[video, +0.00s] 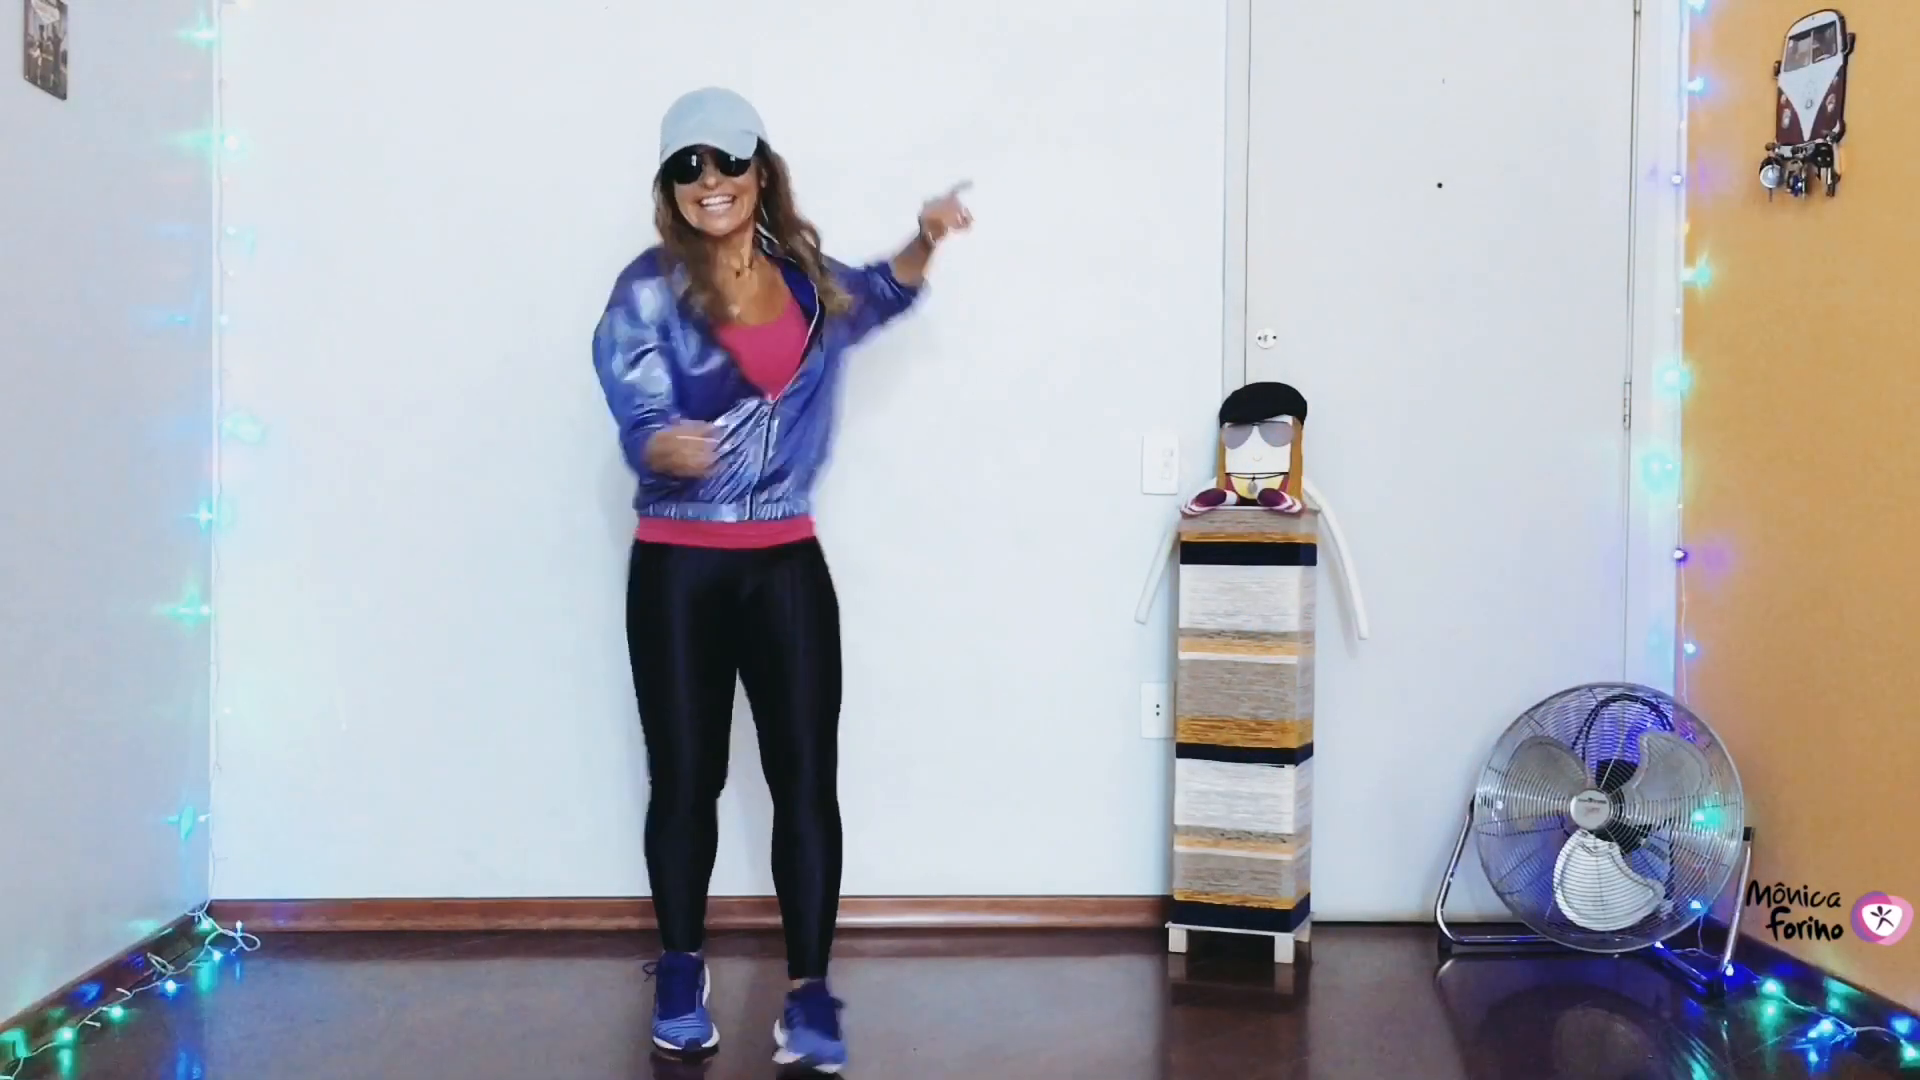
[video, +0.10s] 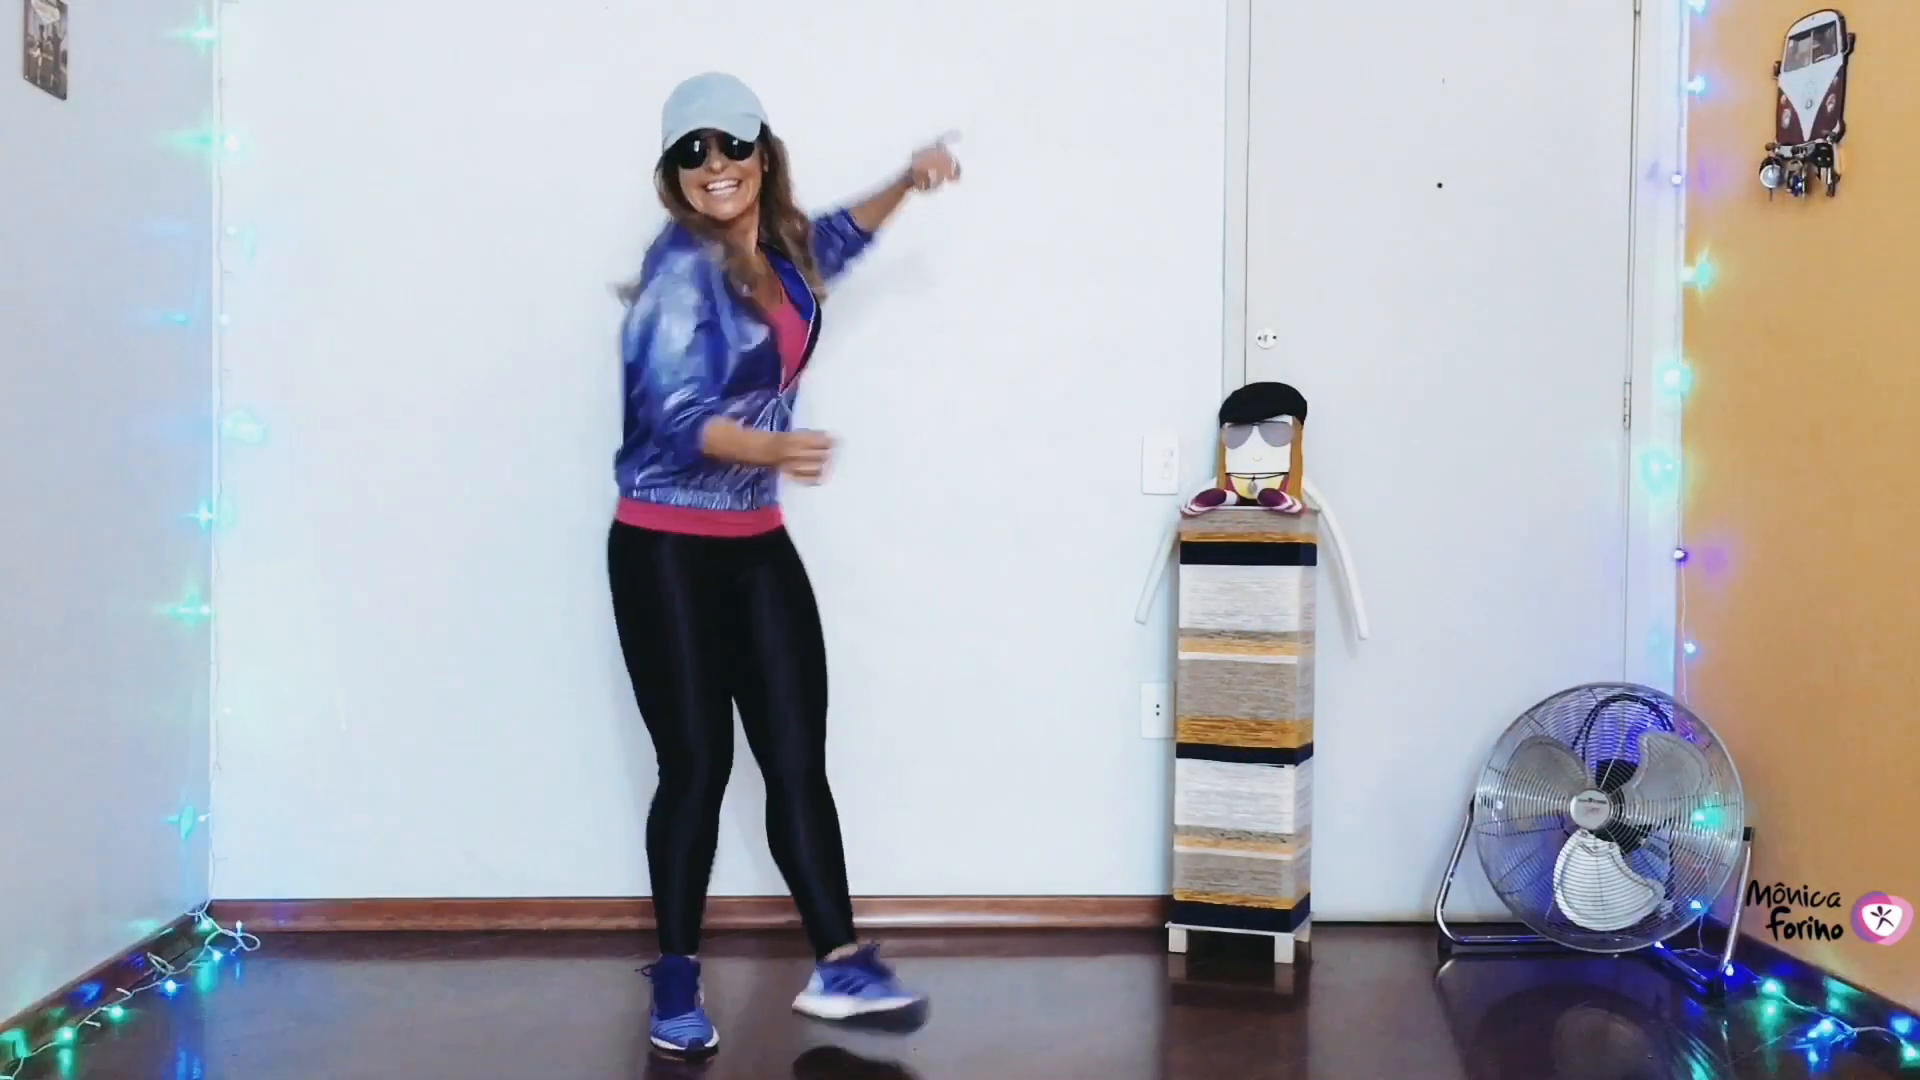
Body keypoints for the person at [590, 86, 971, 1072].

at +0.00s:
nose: (712, 185)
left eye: (730, 166)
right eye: (691, 171)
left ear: (762, 176)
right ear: (670, 188)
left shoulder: (801, 277)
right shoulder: (646, 293)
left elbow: (866, 300)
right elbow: (638, 411)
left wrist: (921, 249)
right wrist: (657, 446)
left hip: (789, 564)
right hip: (680, 570)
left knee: (807, 779)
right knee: (685, 782)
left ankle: (809, 992)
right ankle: (680, 975)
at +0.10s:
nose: (718, 169)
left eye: (734, 148)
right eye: (694, 156)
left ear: (765, 155)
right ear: (673, 177)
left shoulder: (786, 250)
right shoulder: (680, 271)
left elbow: (837, 235)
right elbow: (674, 416)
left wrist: (904, 184)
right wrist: (766, 448)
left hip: (755, 541)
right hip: (665, 547)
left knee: (798, 753)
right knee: (695, 763)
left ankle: (840, 962)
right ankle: (677, 979)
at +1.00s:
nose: (721, 211)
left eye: (735, 195)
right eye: (701, 201)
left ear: (758, 201)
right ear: (679, 215)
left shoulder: (745, 269)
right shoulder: (706, 297)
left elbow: (768, 164)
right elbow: (717, 421)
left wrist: (811, 82)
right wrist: (798, 457)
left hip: (728, 513)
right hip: (701, 511)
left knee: (758, 713)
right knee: (769, 703)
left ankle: (680, 918)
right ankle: (722, 921)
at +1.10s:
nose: (736, 210)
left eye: (750, 195)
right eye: (718, 198)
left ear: (770, 202)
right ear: (692, 211)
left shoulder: (754, 270)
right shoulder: (717, 294)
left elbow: (771, 180)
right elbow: (741, 419)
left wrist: (815, 101)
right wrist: (824, 473)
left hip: (730, 533)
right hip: (687, 526)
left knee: (773, 723)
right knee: (746, 710)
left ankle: (680, 923)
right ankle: (716, 931)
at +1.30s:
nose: (728, 210)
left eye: (744, 194)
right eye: (707, 195)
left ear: (768, 204)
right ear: (685, 209)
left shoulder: (774, 277)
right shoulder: (699, 296)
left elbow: (805, 219)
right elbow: (715, 430)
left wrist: (839, 140)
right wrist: (813, 511)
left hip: (756, 552)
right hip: (682, 551)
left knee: (768, 740)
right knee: (708, 750)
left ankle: (678, 926)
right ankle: (689, 991)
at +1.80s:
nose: (742, 173)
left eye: (763, 157)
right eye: (724, 154)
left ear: (790, 172)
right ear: (697, 169)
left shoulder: (825, 277)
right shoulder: (632, 276)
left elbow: (919, 355)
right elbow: (509, 280)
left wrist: (841, 278)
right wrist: (388, 268)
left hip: (765, 563)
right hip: (655, 556)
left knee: (760, 781)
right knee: (660, 781)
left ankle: (780, 980)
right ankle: (684, 994)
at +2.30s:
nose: (713, 173)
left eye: (737, 166)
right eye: (706, 159)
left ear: (770, 193)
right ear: (692, 176)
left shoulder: (729, 287)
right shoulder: (717, 258)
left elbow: (653, 410)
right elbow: (691, 157)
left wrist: (552, 413)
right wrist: (673, 50)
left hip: (747, 545)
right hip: (705, 547)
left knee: (763, 749)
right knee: (684, 733)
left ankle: (847, 970)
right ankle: (714, 921)